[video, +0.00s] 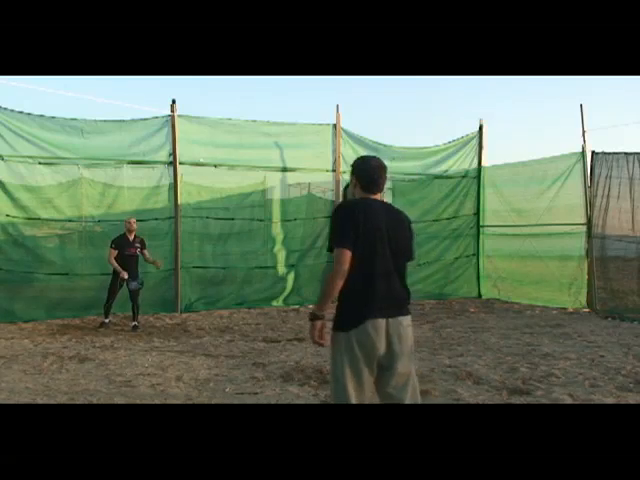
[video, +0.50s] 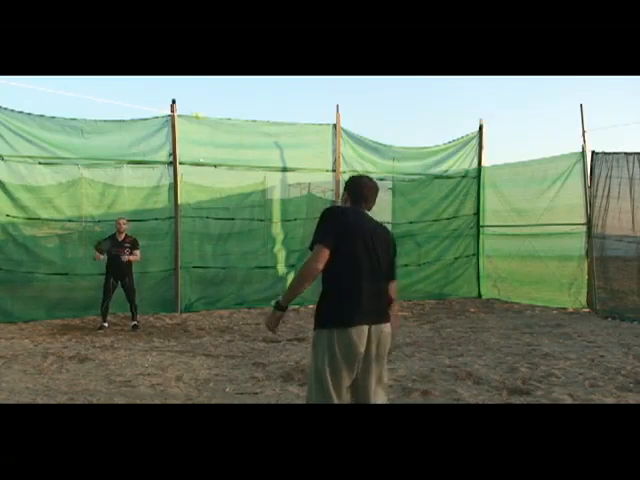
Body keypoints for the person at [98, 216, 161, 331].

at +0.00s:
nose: (132, 225)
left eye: (134, 223)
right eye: (129, 223)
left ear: (136, 225)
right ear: (125, 225)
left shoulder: (140, 241)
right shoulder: (117, 241)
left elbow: (146, 256)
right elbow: (111, 258)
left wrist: (154, 262)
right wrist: (121, 271)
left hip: (133, 273)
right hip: (119, 273)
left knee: (135, 300)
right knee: (110, 298)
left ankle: (135, 322)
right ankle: (106, 319)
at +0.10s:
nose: (131, 227)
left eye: (133, 224)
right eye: (128, 224)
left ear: (136, 226)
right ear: (124, 226)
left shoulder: (139, 241)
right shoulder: (116, 241)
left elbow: (141, 253)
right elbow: (109, 257)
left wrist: (149, 264)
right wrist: (118, 270)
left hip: (133, 275)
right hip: (118, 274)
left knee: (135, 300)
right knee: (109, 299)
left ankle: (135, 322)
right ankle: (104, 320)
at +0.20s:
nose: (128, 227)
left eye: (130, 225)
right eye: (126, 225)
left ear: (134, 226)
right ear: (122, 226)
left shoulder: (137, 241)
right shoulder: (113, 241)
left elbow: (139, 254)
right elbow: (107, 258)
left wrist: (144, 266)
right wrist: (115, 269)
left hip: (132, 273)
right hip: (117, 273)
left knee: (134, 299)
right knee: (109, 299)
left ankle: (135, 322)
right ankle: (104, 321)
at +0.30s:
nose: (126, 227)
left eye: (128, 225)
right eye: (123, 225)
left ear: (131, 226)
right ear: (120, 226)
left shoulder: (135, 241)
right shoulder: (111, 241)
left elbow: (138, 254)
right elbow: (104, 258)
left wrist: (140, 267)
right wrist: (111, 267)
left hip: (130, 272)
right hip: (116, 272)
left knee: (133, 298)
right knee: (108, 298)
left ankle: (135, 321)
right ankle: (104, 322)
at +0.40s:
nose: (123, 227)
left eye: (126, 224)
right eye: (121, 224)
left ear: (129, 226)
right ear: (118, 226)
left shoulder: (134, 241)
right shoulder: (109, 241)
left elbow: (138, 258)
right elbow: (100, 257)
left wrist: (135, 265)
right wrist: (106, 262)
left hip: (128, 272)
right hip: (114, 272)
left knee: (132, 299)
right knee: (107, 298)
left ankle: (134, 322)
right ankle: (104, 322)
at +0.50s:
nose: (121, 226)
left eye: (123, 224)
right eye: (119, 224)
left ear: (127, 226)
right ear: (115, 226)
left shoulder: (132, 241)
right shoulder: (109, 240)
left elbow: (137, 256)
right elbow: (99, 251)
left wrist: (128, 257)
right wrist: (99, 255)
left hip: (126, 273)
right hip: (112, 273)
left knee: (131, 298)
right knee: (106, 298)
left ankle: (134, 321)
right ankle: (104, 322)